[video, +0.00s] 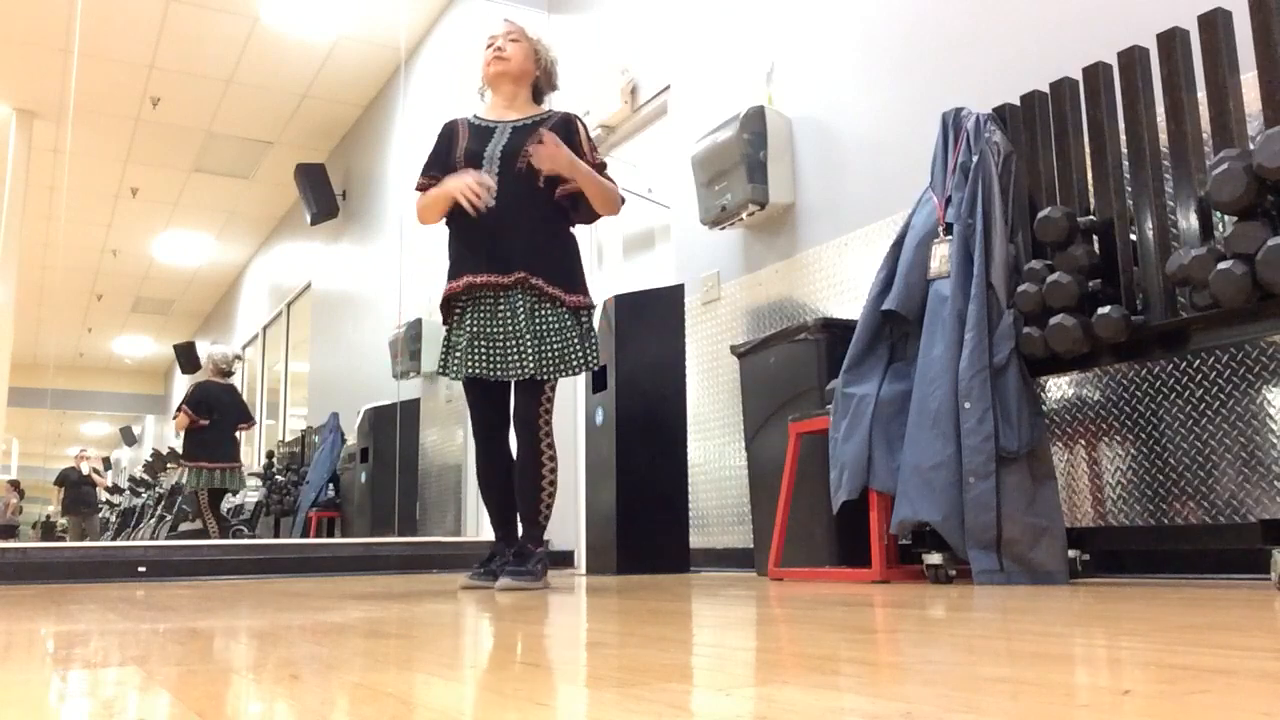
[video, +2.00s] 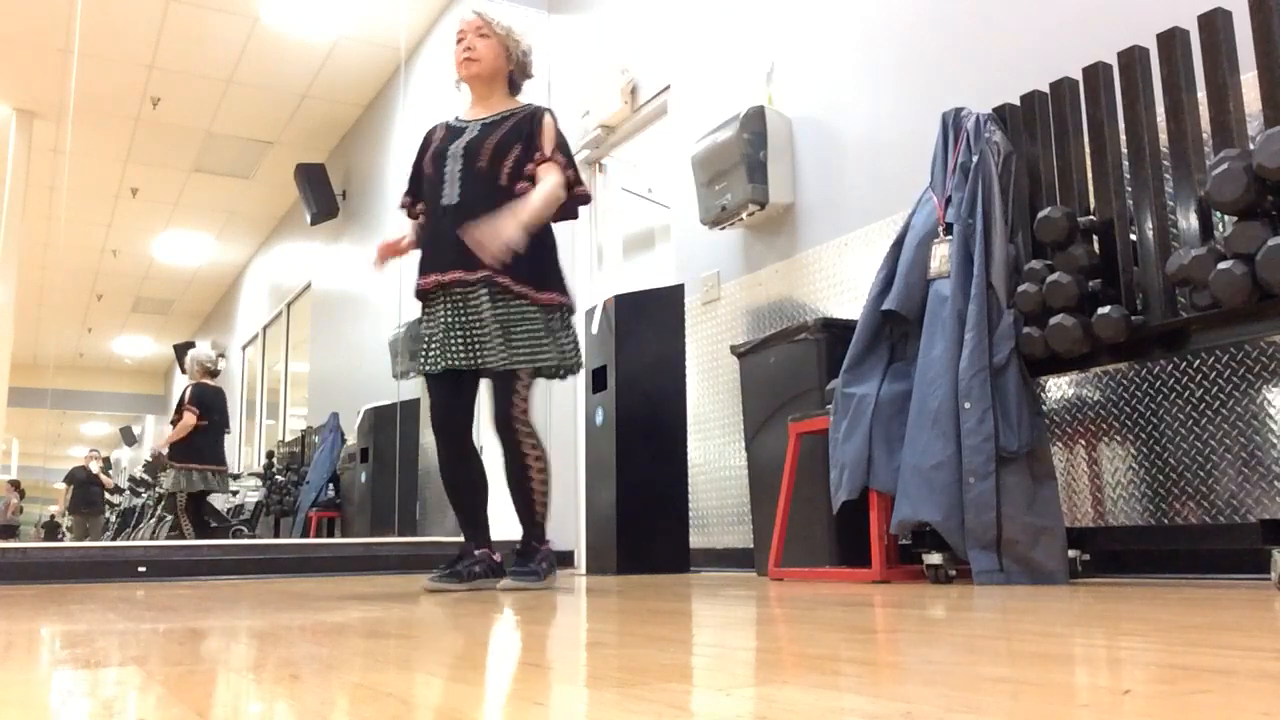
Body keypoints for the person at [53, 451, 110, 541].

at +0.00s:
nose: (84, 460)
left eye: (86, 458)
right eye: (81, 458)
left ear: (89, 460)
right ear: (76, 459)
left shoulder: (93, 471)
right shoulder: (67, 472)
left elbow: (103, 484)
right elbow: (58, 490)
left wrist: (91, 473)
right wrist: (56, 507)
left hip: (91, 512)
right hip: (73, 512)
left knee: (95, 540)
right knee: (74, 541)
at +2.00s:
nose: (93, 460)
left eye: (96, 458)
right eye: (90, 457)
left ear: (100, 460)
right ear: (85, 458)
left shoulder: (103, 472)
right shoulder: (76, 471)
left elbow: (111, 486)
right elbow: (64, 488)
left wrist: (99, 473)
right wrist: (61, 506)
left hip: (96, 512)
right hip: (78, 512)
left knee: (96, 540)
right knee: (78, 540)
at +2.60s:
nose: (103, 460)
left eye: (106, 458)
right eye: (101, 458)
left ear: (110, 460)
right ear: (97, 458)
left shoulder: (114, 471)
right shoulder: (88, 471)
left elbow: (120, 485)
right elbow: (78, 488)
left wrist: (108, 474)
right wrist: (74, 506)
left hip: (106, 512)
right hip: (88, 511)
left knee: (101, 540)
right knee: (84, 538)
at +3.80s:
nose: (91, 462)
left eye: (94, 460)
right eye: (89, 459)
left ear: (99, 461)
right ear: (86, 460)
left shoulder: (103, 472)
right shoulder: (79, 472)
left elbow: (107, 487)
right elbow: (71, 489)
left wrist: (94, 474)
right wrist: (67, 504)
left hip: (95, 510)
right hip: (78, 510)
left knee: (94, 538)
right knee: (81, 539)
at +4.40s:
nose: (86, 463)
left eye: (89, 460)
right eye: (84, 460)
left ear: (95, 462)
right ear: (81, 461)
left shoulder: (99, 472)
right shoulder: (76, 472)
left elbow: (100, 487)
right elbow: (67, 490)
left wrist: (88, 475)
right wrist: (60, 505)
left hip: (89, 508)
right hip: (74, 508)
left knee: (89, 537)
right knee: (78, 537)